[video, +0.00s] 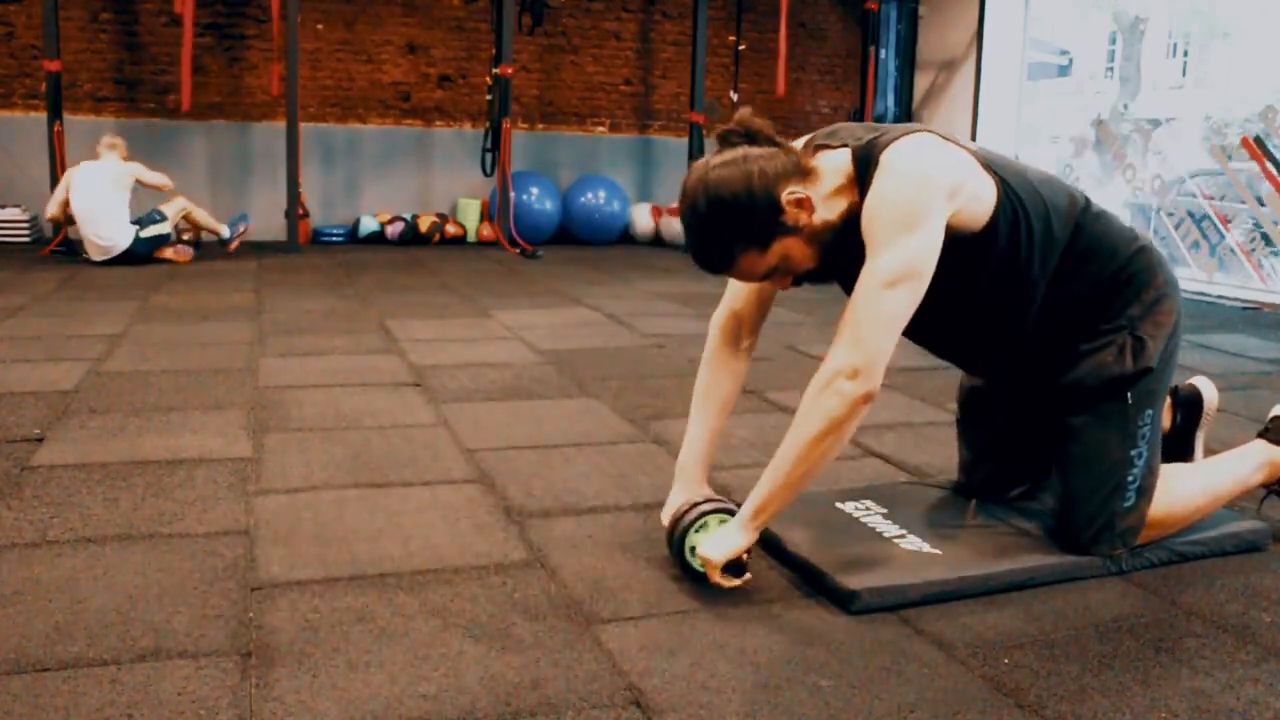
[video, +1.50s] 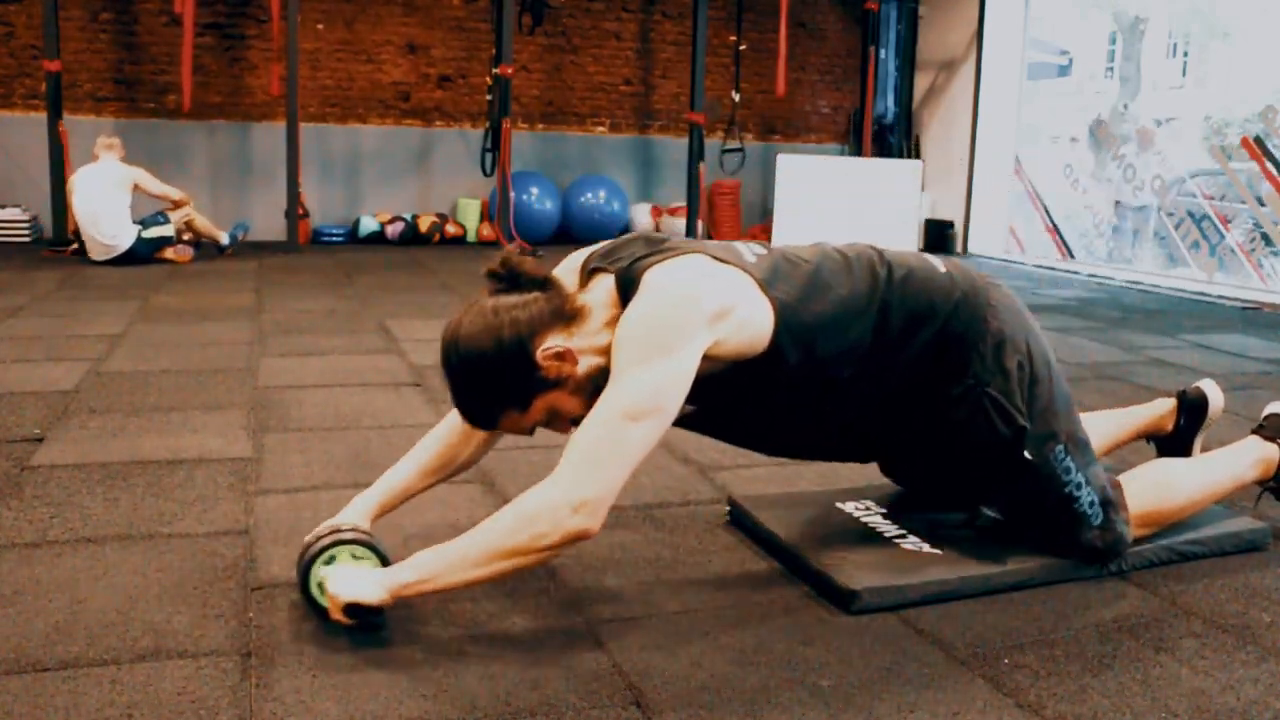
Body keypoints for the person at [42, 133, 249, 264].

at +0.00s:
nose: (121, 159)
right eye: (123, 155)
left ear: (97, 152)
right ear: (123, 153)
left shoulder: (74, 172)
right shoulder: (129, 168)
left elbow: (51, 214)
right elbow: (167, 184)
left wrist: (74, 216)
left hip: (95, 256)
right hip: (127, 248)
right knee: (181, 203)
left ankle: (167, 250)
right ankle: (227, 233)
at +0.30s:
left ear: (94, 152)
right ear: (121, 152)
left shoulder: (73, 175)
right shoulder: (131, 170)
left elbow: (56, 219)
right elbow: (152, 199)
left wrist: (80, 218)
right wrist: (127, 195)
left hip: (99, 257)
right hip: (132, 251)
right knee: (181, 205)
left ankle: (166, 251)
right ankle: (215, 235)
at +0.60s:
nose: (108, 151)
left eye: (100, 149)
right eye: (112, 149)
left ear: (91, 153)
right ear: (118, 152)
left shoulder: (74, 177)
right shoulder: (132, 169)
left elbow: (45, 220)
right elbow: (172, 194)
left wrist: (22, 239)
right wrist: (154, 200)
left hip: (98, 256)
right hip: (132, 249)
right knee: (180, 207)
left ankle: (168, 250)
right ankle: (219, 238)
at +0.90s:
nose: (112, 148)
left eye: (105, 147)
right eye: (112, 148)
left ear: (89, 155)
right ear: (116, 154)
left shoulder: (70, 179)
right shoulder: (127, 171)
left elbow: (42, 220)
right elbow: (171, 193)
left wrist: (11, 244)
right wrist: (189, 199)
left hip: (96, 256)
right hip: (129, 248)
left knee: (140, 233)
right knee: (183, 210)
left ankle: (169, 251)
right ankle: (222, 238)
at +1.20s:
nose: (115, 158)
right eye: (117, 154)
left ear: (90, 156)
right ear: (118, 155)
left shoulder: (70, 180)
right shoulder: (129, 171)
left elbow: (56, 227)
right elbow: (177, 194)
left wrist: (49, 238)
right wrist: (191, 200)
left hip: (97, 256)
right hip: (130, 247)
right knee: (186, 210)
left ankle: (170, 251)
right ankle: (222, 238)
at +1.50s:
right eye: (121, 154)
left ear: (94, 154)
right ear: (121, 154)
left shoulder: (75, 178)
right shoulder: (129, 172)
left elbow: (72, 225)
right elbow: (173, 195)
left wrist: (76, 242)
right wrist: (186, 203)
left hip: (96, 255)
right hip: (128, 247)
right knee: (185, 211)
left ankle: (169, 253)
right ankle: (224, 239)